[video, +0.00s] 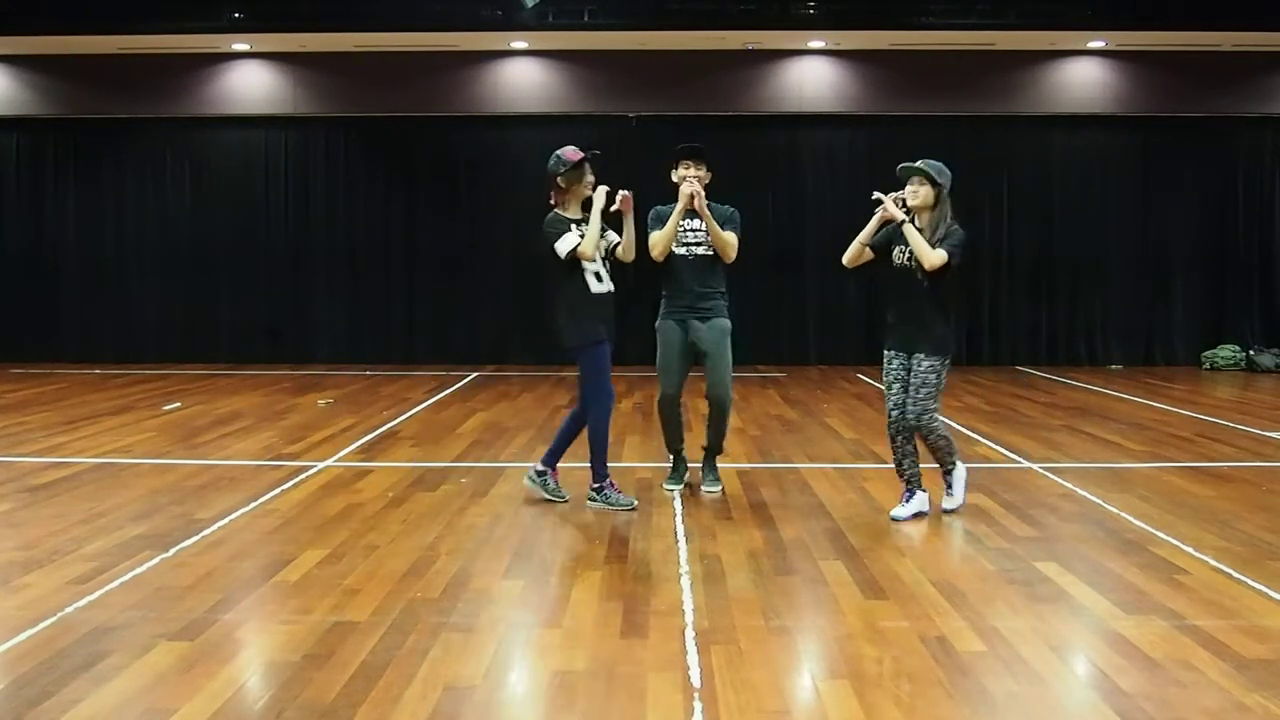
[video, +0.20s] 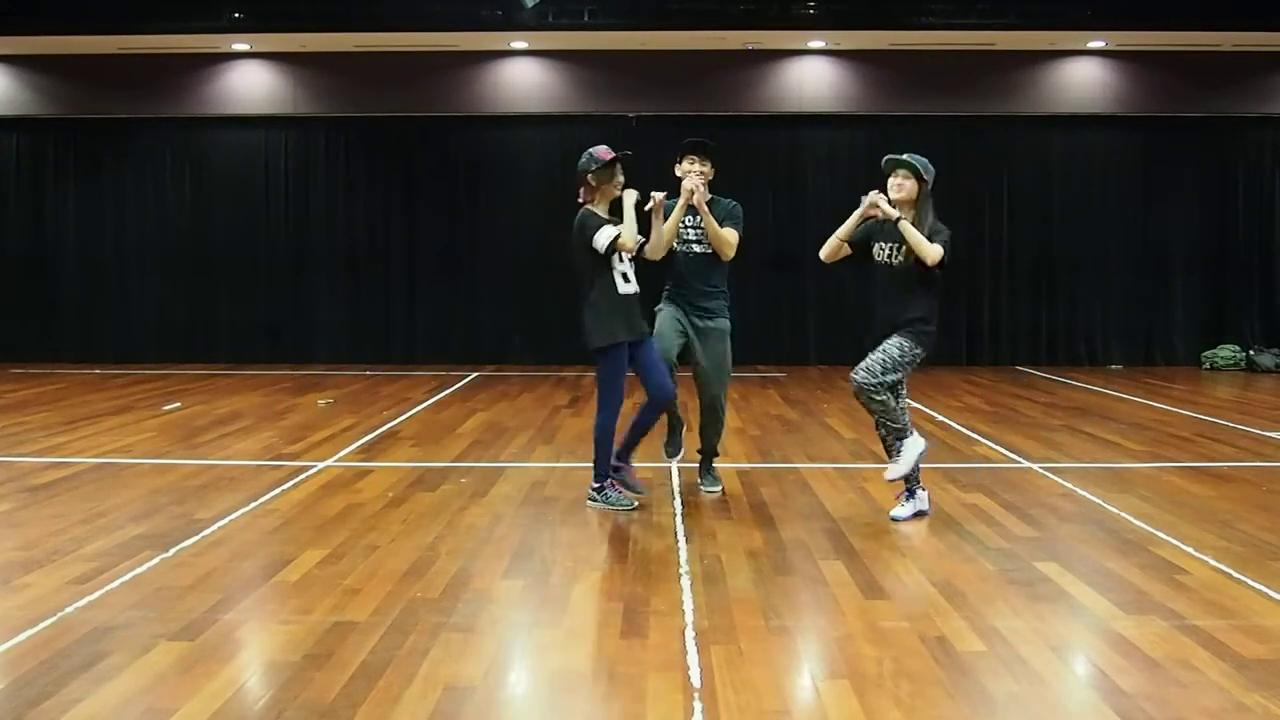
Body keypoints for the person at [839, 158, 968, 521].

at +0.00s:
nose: (909, 190)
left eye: (918, 185)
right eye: (908, 184)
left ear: (938, 192)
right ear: (906, 193)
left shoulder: (952, 233)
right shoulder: (897, 231)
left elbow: (931, 261)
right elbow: (850, 260)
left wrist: (902, 220)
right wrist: (877, 220)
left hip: (934, 339)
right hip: (897, 338)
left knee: (919, 415)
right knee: (896, 419)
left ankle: (953, 470)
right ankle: (914, 492)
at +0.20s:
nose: (896, 182)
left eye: (904, 178)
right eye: (893, 177)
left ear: (921, 187)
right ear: (887, 184)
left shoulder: (934, 228)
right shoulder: (877, 226)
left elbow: (932, 257)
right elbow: (828, 255)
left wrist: (897, 218)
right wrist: (859, 215)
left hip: (916, 329)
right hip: (885, 329)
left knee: (865, 379)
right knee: (892, 412)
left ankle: (907, 440)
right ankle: (915, 492)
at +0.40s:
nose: (877, 178)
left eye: (886, 174)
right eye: (874, 172)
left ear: (901, 186)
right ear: (865, 179)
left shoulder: (907, 221)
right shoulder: (853, 218)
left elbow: (914, 244)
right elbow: (804, 243)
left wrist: (882, 205)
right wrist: (836, 202)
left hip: (891, 333)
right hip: (857, 332)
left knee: (858, 409)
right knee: (883, 416)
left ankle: (865, 500)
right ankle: (913, 486)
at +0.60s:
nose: (844, 191)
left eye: (852, 185)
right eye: (841, 185)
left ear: (872, 190)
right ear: (838, 193)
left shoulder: (890, 233)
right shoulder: (835, 234)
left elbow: (880, 262)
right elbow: (790, 267)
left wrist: (846, 221)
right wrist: (812, 224)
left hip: (868, 353)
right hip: (830, 346)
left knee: (853, 431)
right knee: (801, 408)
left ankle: (866, 505)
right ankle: (855, 440)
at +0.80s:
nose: (818, 161)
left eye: (828, 158)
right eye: (818, 157)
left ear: (847, 172)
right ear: (817, 173)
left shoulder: (860, 214)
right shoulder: (805, 215)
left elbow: (843, 235)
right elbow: (752, 249)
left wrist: (814, 193)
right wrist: (780, 206)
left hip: (853, 332)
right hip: (814, 326)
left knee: (854, 419)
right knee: (786, 387)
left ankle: (863, 499)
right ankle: (801, 471)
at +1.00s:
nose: (791, 187)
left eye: (801, 181)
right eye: (788, 181)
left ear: (821, 187)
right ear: (785, 189)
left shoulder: (841, 234)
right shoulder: (780, 232)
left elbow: (822, 268)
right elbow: (735, 269)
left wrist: (787, 222)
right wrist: (757, 222)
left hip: (819, 350)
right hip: (780, 348)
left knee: (803, 435)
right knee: (779, 434)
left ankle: (841, 478)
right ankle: (799, 514)